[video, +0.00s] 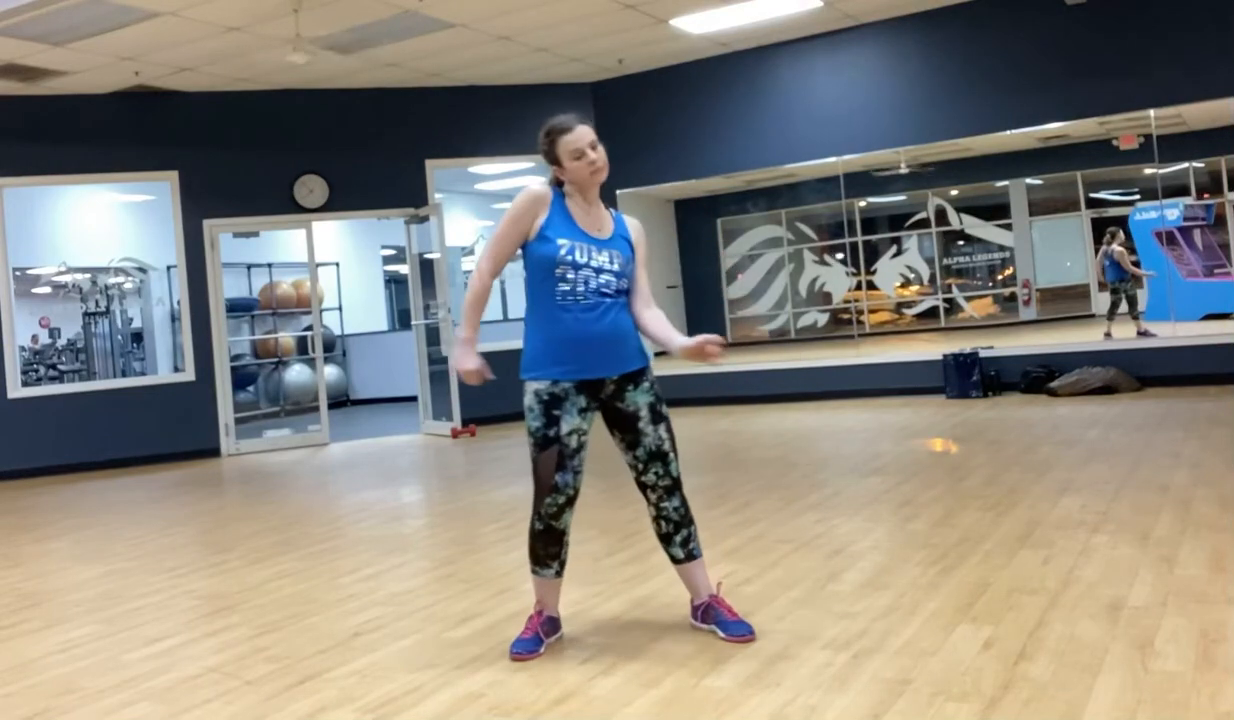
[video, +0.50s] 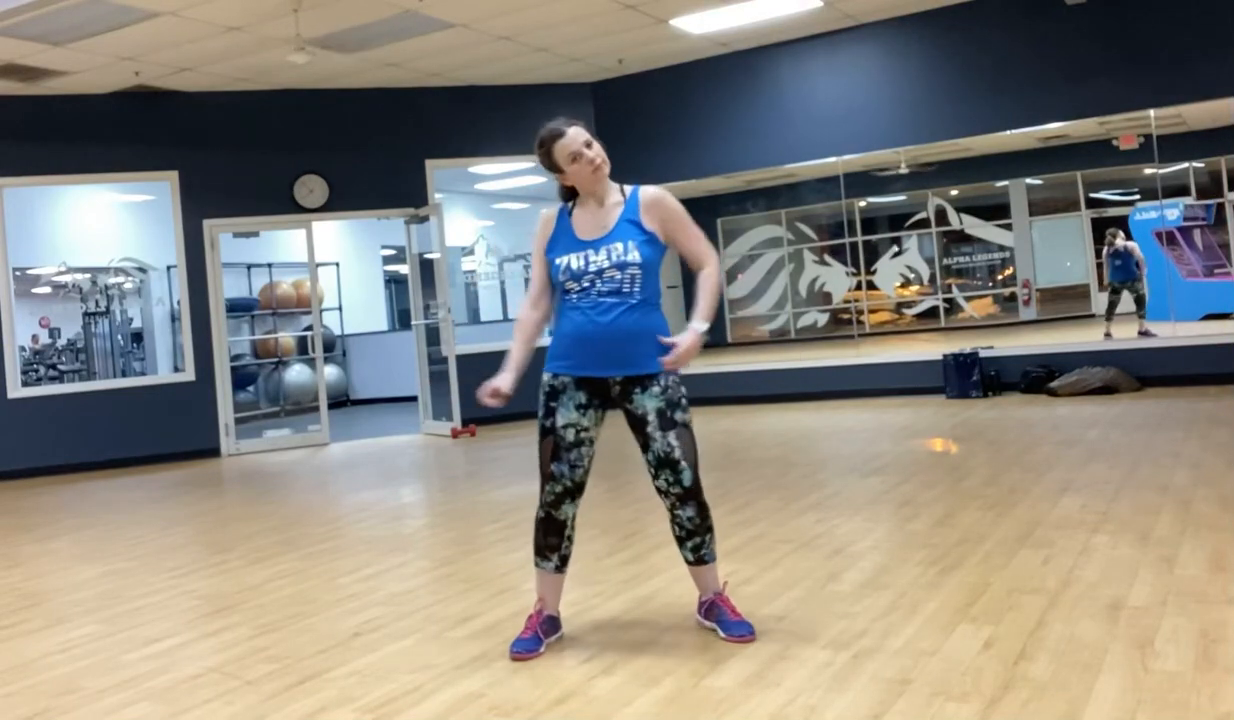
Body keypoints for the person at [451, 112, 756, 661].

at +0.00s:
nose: (594, 157)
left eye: (595, 147)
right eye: (580, 155)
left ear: (604, 150)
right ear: (559, 169)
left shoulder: (628, 229)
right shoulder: (539, 202)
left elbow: (643, 307)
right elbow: (486, 270)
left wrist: (683, 344)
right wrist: (464, 342)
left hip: (626, 371)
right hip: (555, 377)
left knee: (664, 482)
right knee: (554, 496)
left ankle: (705, 601)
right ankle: (546, 614)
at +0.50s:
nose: (591, 155)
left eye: (589, 143)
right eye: (576, 156)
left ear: (601, 143)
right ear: (562, 176)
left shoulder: (652, 203)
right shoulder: (552, 224)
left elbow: (707, 263)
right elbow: (536, 304)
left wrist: (696, 328)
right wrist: (510, 372)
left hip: (649, 371)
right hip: (572, 376)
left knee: (682, 484)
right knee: (559, 490)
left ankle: (712, 599)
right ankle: (545, 613)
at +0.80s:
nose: (601, 149)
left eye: (603, 138)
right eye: (586, 145)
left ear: (614, 142)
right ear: (569, 162)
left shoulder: (659, 205)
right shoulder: (558, 223)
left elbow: (723, 261)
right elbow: (540, 304)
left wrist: (779, 305)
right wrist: (554, 368)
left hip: (668, 368)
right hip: (591, 377)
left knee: (685, 482)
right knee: (571, 492)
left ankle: (711, 599)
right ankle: (547, 613)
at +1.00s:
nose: (590, 146)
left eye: (594, 136)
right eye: (576, 142)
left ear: (609, 143)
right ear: (561, 159)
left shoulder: (648, 212)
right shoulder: (544, 220)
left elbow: (694, 286)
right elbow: (510, 299)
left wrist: (747, 314)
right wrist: (498, 366)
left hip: (653, 370)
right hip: (576, 379)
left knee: (678, 484)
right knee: (560, 496)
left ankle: (711, 601)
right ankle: (546, 614)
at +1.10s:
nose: (578, 142)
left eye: (583, 133)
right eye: (565, 139)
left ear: (599, 143)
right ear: (550, 156)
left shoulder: (635, 215)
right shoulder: (528, 220)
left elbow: (659, 296)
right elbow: (476, 293)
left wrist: (698, 329)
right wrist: (439, 350)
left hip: (637, 371)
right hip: (560, 379)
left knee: (667, 484)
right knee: (552, 497)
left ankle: (710, 600)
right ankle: (545, 615)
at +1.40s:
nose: (555, 138)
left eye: (562, 130)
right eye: (542, 134)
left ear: (578, 141)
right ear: (529, 152)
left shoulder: (614, 213)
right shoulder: (508, 214)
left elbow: (638, 291)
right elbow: (441, 258)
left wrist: (639, 346)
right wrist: (374, 290)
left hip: (612, 372)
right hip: (538, 380)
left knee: (661, 481)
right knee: (538, 499)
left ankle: (706, 598)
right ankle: (545, 614)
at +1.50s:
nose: (551, 135)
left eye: (557, 126)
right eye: (539, 132)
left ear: (574, 138)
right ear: (525, 150)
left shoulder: (610, 207)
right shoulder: (505, 209)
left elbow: (645, 281)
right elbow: (429, 236)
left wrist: (640, 344)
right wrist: (348, 250)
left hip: (611, 369)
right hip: (537, 377)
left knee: (667, 468)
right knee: (538, 494)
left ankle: (697, 594)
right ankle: (544, 614)